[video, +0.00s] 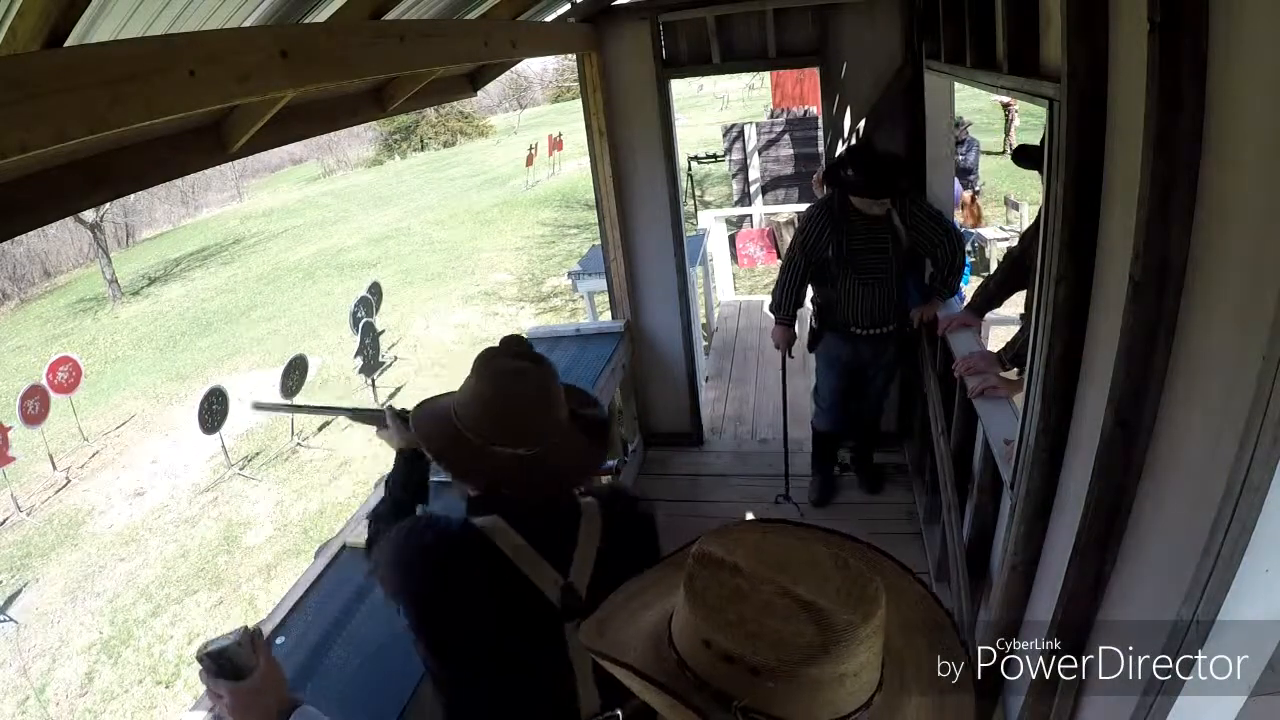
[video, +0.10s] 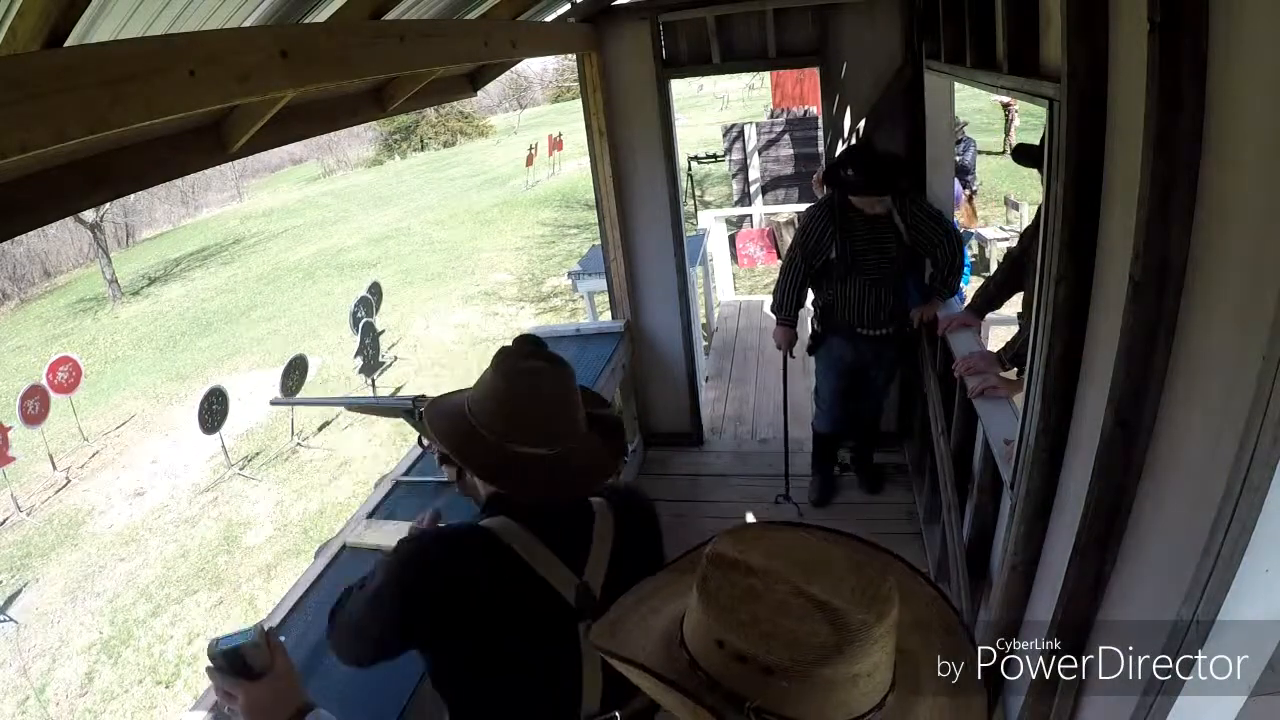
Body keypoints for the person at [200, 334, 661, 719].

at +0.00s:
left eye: (460, 448)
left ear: (466, 461)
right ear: (561, 445)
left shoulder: (437, 558)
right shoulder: (627, 525)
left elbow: (385, 535)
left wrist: (408, 456)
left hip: (494, 715)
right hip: (623, 708)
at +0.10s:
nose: (452, 460)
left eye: (457, 451)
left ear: (480, 466)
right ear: (576, 452)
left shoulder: (435, 564)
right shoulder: (633, 517)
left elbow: (349, 640)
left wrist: (412, 548)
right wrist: (486, 489)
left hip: (504, 718)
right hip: (636, 708)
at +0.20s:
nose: (444, 455)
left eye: (449, 446)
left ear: (464, 469)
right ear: (572, 443)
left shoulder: (426, 577)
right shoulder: (623, 518)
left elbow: (363, 706)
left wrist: (299, 716)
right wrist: (448, 428)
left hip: (490, 714)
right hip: (620, 706)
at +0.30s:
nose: (426, 459)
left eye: (432, 450)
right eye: (430, 447)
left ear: (451, 475)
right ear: (555, 447)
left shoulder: (419, 596)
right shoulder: (604, 513)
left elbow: (371, 713)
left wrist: (299, 714)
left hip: (489, 713)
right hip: (607, 700)